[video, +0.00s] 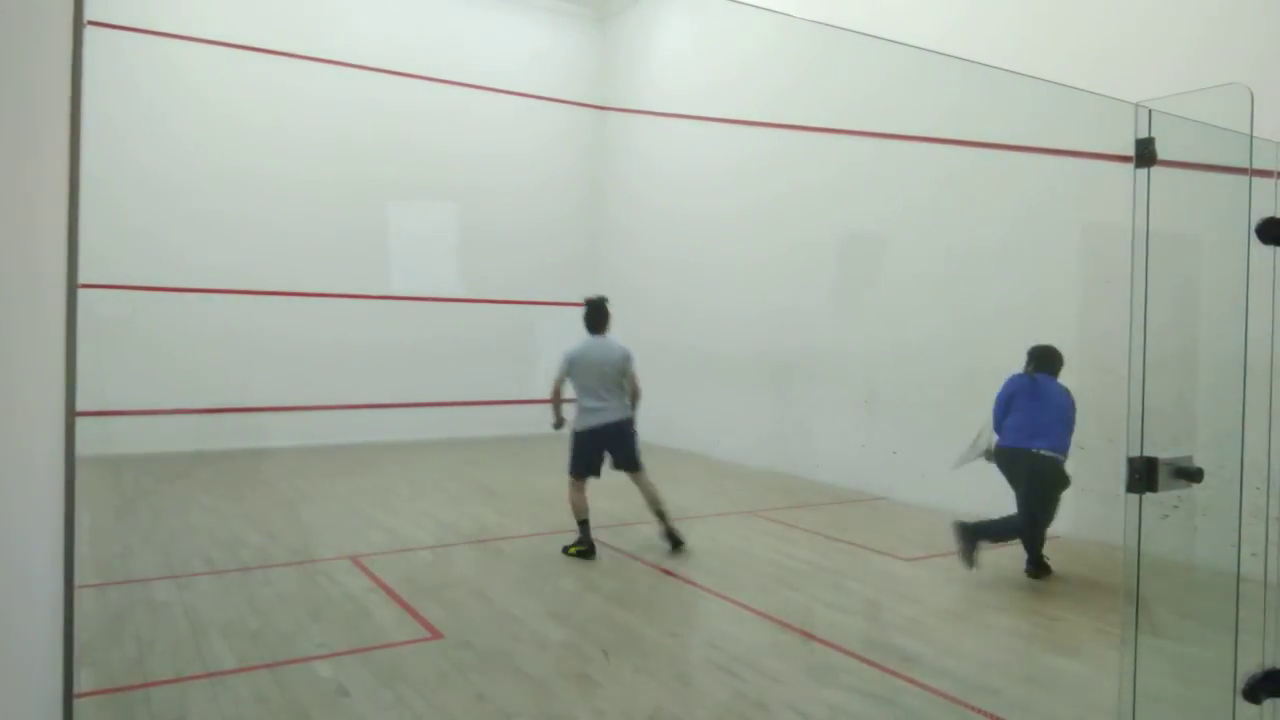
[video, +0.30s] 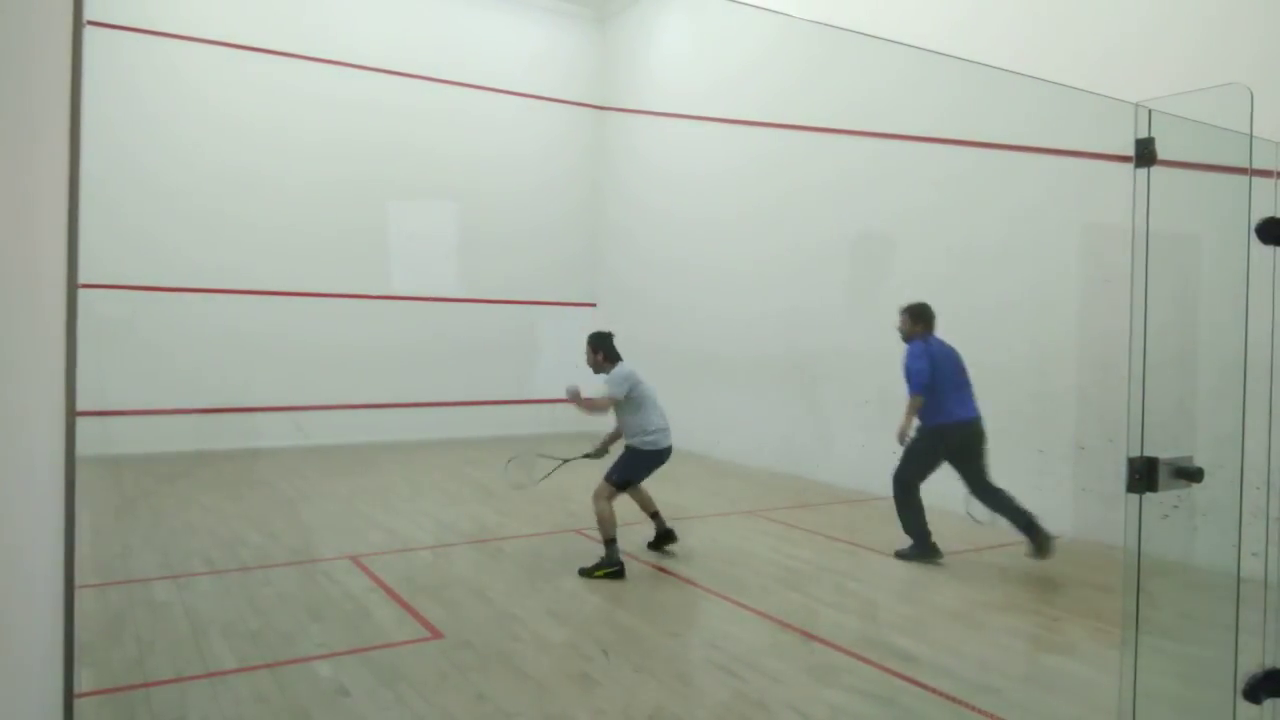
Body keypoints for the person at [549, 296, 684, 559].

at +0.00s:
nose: (600, 323)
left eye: (592, 319)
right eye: (603, 319)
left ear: (585, 323)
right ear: (607, 322)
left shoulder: (575, 354)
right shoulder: (621, 352)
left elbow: (556, 389)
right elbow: (634, 390)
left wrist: (558, 416)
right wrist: (629, 414)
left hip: (587, 430)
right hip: (620, 426)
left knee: (577, 485)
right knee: (640, 478)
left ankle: (585, 540)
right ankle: (670, 531)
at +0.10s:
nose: (594, 345)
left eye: (596, 340)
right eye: (595, 340)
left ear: (604, 342)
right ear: (620, 342)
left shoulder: (603, 366)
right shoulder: (640, 367)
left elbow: (603, 402)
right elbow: (667, 393)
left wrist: (602, 431)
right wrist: (659, 423)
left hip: (626, 437)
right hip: (653, 434)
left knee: (584, 479)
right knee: (645, 480)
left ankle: (588, 541)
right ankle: (679, 532)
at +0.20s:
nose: (585, 352)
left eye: (587, 347)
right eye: (585, 347)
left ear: (599, 348)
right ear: (607, 348)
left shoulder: (607, 371)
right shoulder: (633, 368)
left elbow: (609, 411)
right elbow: (663, 397)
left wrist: (600, 434)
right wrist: (651, 421)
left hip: (635, 439)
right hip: (660, 439)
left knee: (589, 483)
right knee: (652, 488)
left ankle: (600, 544)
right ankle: (684, 538)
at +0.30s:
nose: (587, 360)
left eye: (589, 354)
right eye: (587, 354)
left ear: (600, 355)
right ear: (608, 354)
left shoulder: (620, 376)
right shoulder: (625, 376)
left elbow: (601, 405)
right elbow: (625, 423)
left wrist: (578, 400)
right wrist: (604, 445)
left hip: (646, 446)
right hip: (654, 445)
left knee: (601, 496)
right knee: (628, 483)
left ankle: (612, 560)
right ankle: (663, 530)